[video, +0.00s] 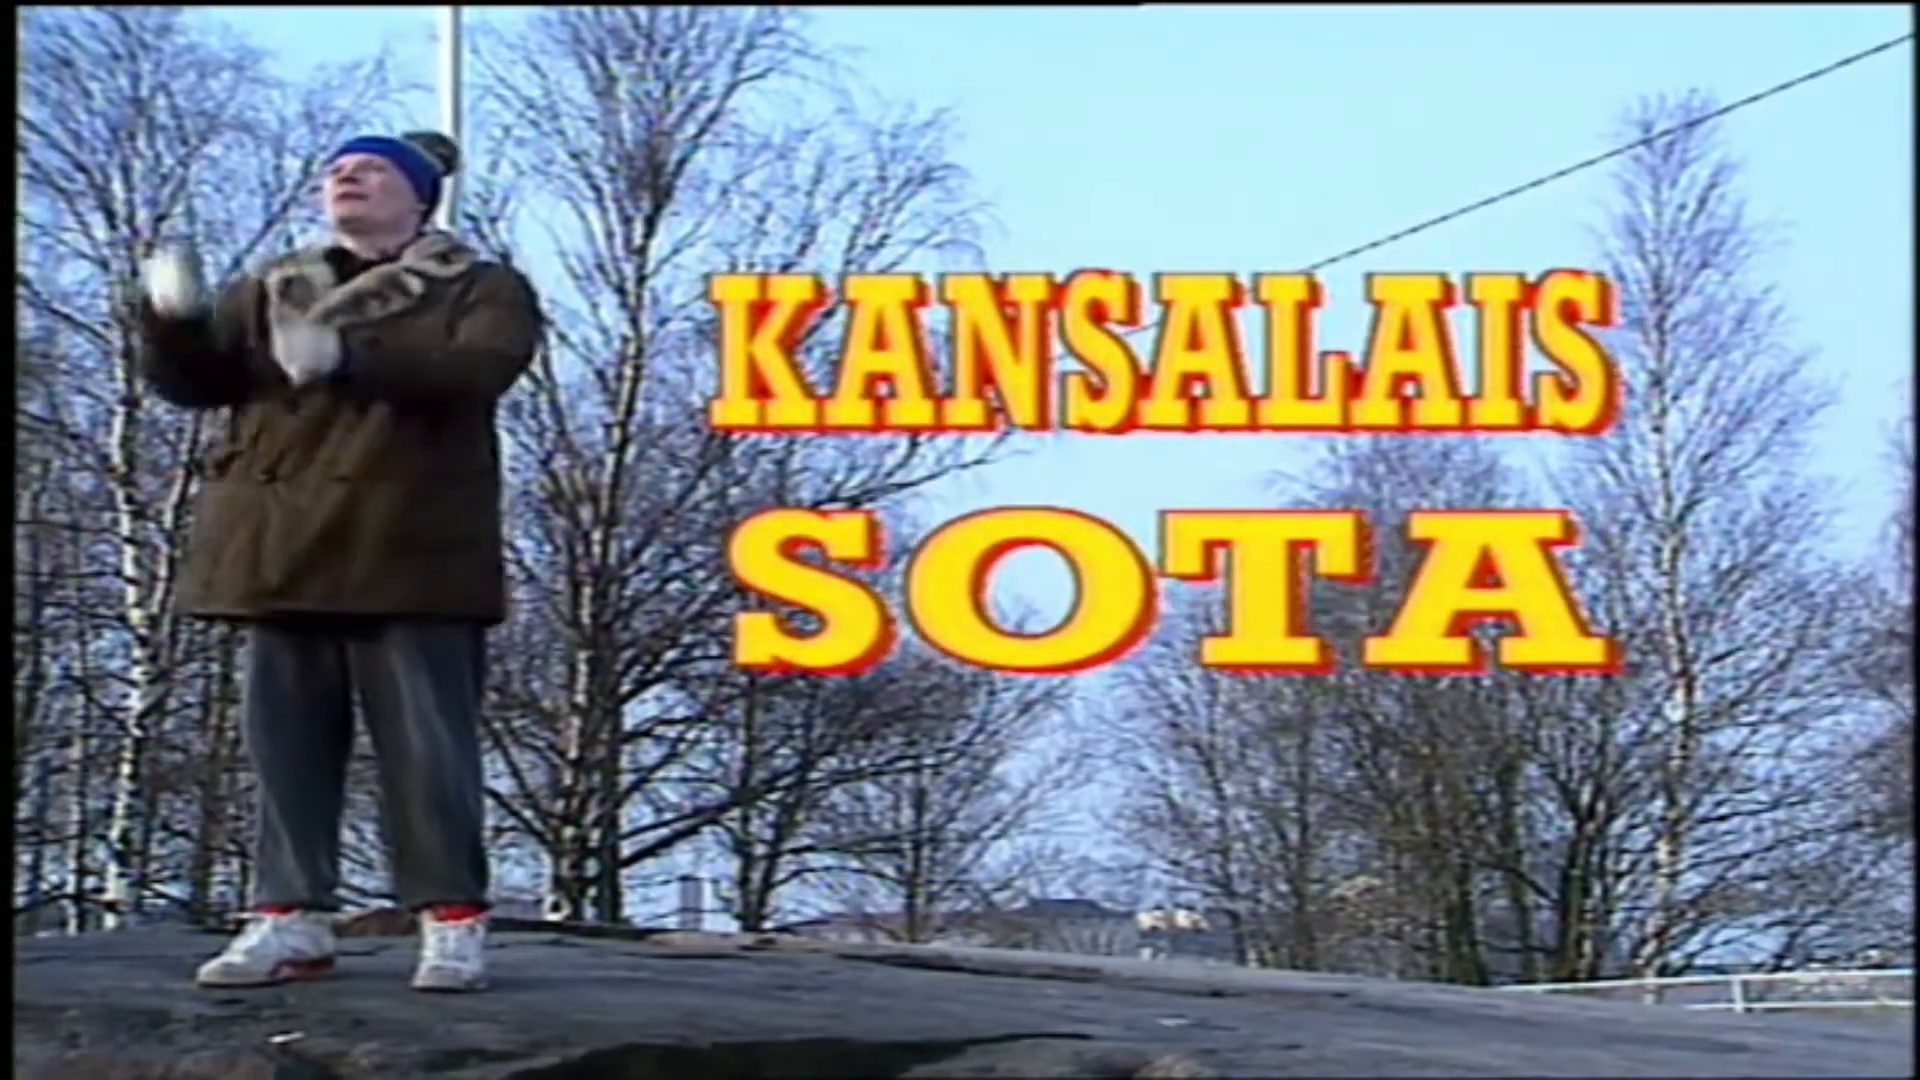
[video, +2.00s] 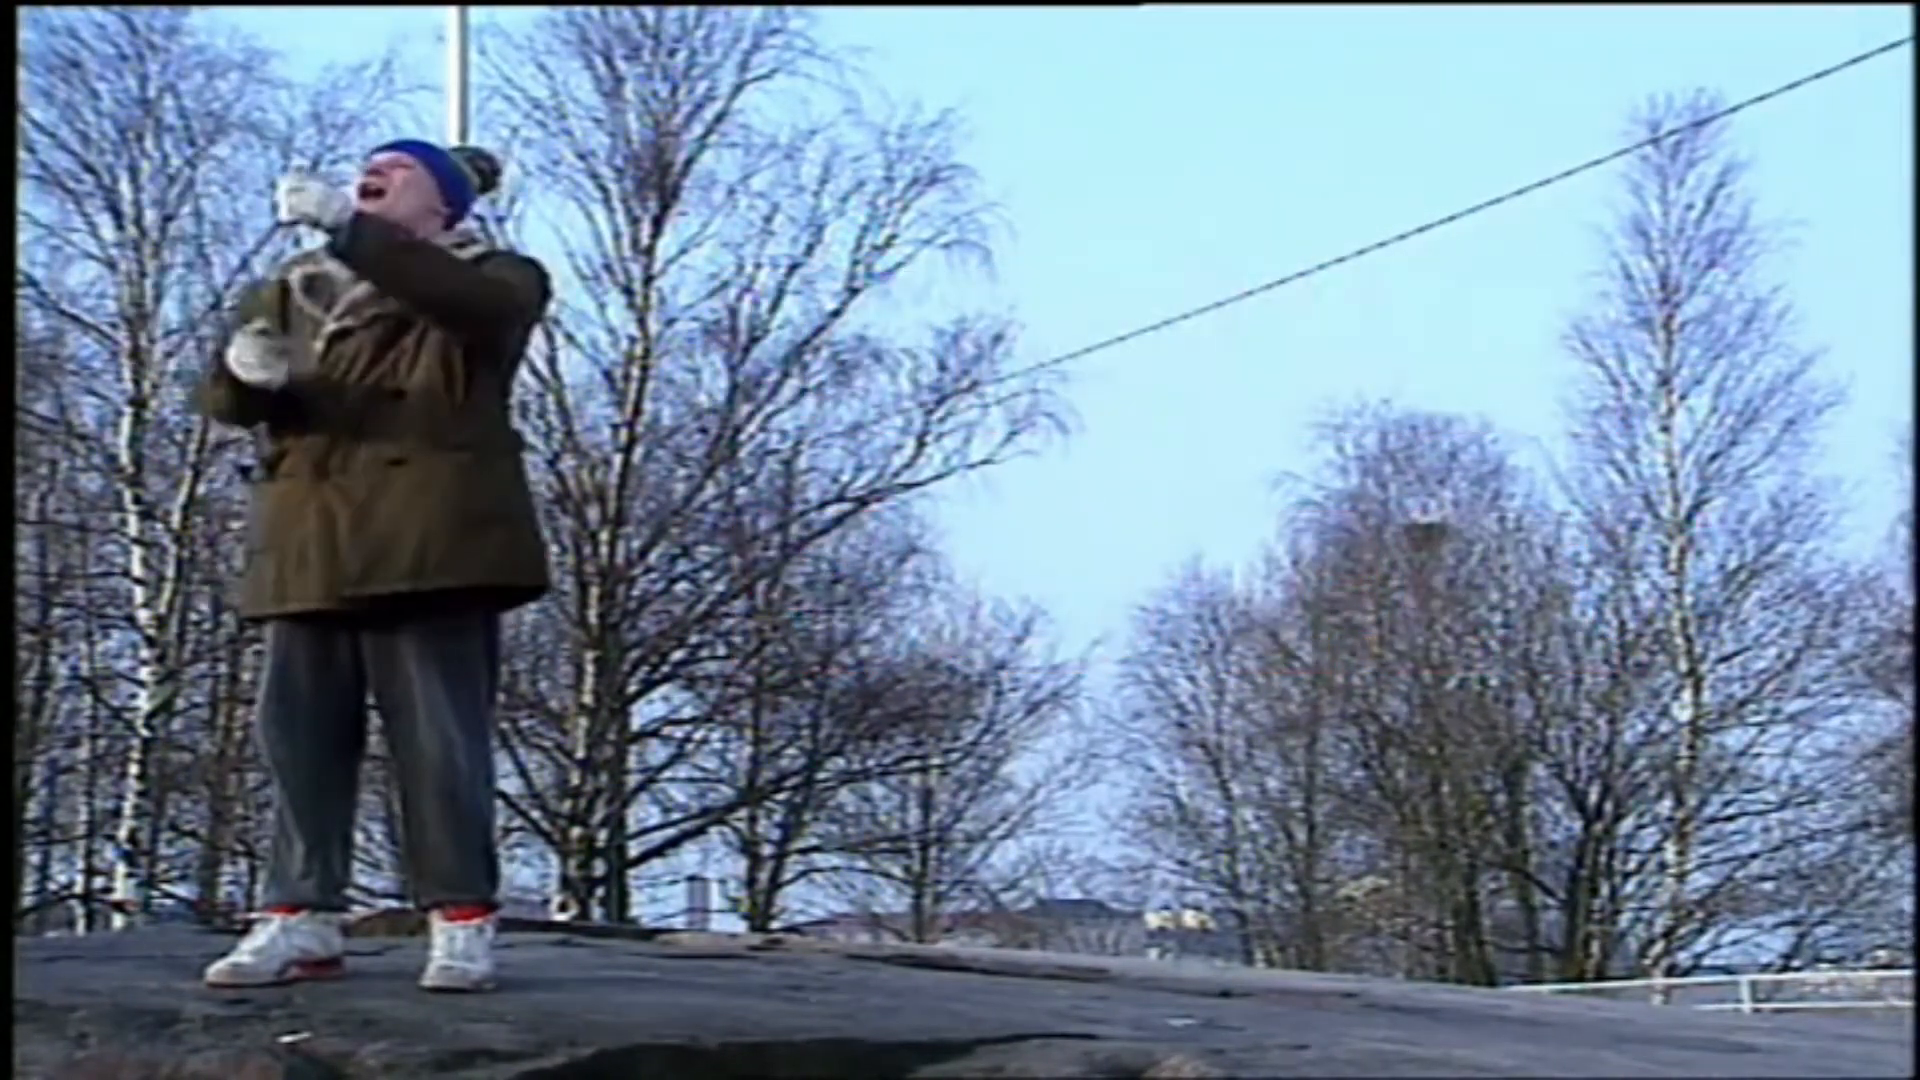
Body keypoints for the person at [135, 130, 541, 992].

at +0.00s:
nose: (345, 179)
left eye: (368, 169)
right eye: (335, 172)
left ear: (421, 197)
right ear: (322, 201)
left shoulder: (481, 285)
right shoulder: (281, 286)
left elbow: (472, 367)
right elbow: (198, 376)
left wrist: (343, 351)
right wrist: (170, 321)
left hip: (417, 558)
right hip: (285, 556)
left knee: (427, 745)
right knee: (286, 743)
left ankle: (452, 919)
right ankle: (293, 918)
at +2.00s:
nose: (365, 185)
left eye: (389, 173)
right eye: (360, 177)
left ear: (446, 202)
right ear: (351, 199)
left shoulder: (500, 276)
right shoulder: (308, 286)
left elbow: (471, 295)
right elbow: (224, 401)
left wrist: (348, 230)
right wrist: (249, 370)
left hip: (432, 540)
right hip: (307, 545)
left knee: (439, 738)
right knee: (300, 735)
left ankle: (460, 919)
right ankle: (304, 918)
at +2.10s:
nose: (370, 185)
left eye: (393, 174)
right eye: (365, 179)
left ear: (450, 202)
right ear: (355, 200)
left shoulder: (495, 275)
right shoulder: (304, 291)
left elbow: (497, 303)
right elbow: (203, 377)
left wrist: (354, 251)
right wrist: (223, 333)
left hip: (433, 546)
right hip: (307, 550)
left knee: (440, 740)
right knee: (301, 738)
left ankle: (461, 918)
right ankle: (305, 918)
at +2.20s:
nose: (377, 177)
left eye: (401, 167)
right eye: (372, 170)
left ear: (453, 202)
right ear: (360, 200)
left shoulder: (505, 280)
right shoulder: (315, 285)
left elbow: (477, 333)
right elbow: (188, 321)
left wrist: (344, 298)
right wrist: (194, 245)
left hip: (436, 556)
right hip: (308, 557)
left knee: (442, 741)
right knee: (299, 737)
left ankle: (462, 919)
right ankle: (305, 918)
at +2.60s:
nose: (380, 174)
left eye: (404, 166)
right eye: (374, 168)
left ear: (454, 204)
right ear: (360, 192)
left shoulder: (498, 276)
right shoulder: (300, 283)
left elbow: (489, 310)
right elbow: (239, 393)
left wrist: (343, 246)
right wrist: (234, 367)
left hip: (432, 543)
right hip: (305, 542)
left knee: (440, 737)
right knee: (300, 734)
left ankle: (461, 919)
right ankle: (305, 918)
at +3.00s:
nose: (376, 174)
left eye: (401, 167)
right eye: (370, 169)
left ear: (450, 204)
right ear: (354, 200)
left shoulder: (503, 279)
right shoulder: (305, 280)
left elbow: (472, 353)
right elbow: (186, 332)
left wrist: (342, 340)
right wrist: (192, 252)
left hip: (435, 559)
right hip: (306, 561)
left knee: (442, 741)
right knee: (299, 738)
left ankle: (463, 919)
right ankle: (305, 918)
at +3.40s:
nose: (375, 177)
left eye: (401, 168)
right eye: (369, 171)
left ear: (452, 204)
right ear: (356, 202)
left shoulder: (502, 282)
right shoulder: (314, 281)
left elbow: (482, 348)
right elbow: (263, 386)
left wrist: (340, 301)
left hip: (429, 550)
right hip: (305, 549)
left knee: (440, 740)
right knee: (299, 737)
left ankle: (461, 918)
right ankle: (306, 918)